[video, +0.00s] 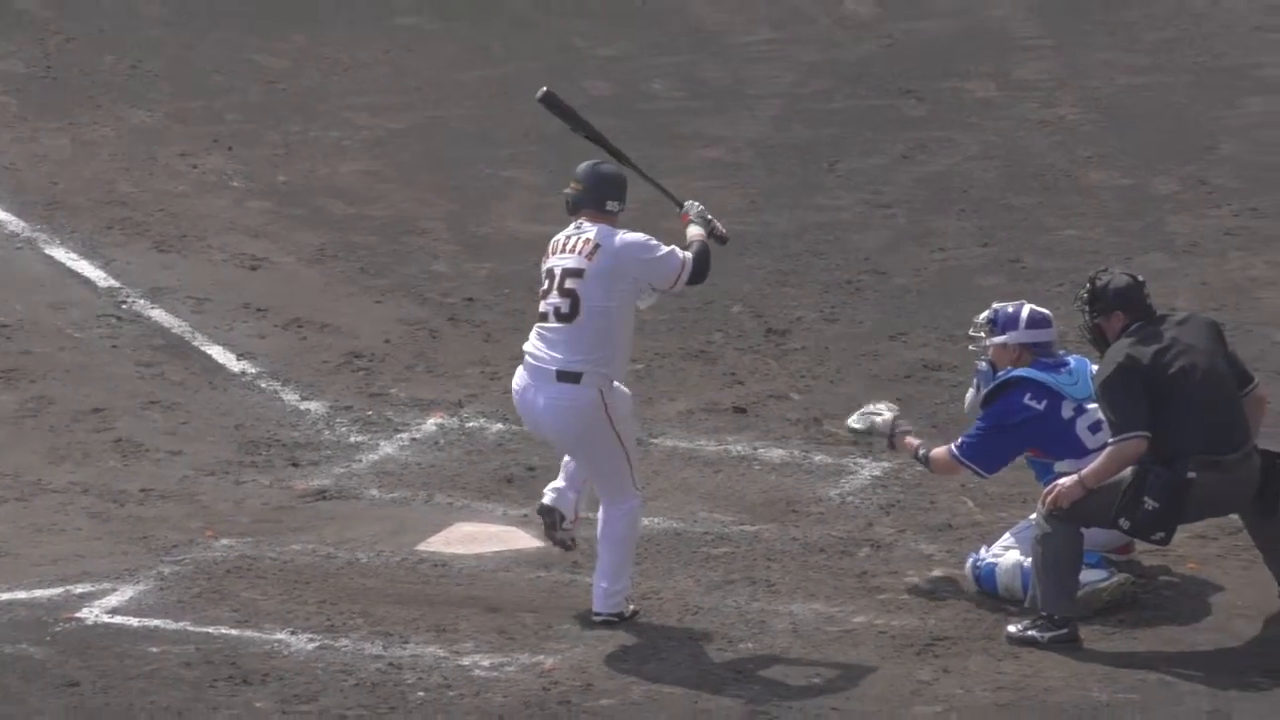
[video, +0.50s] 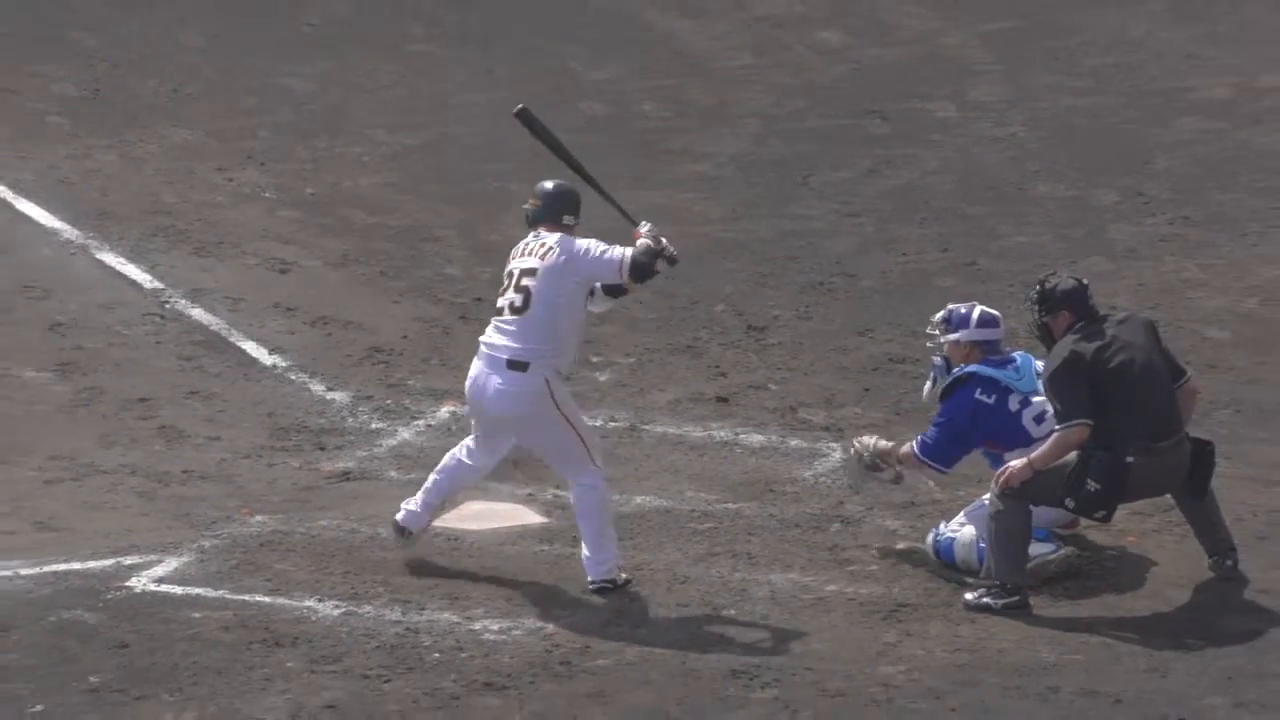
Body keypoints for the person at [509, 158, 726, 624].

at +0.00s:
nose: (569, 203)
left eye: (571, 197)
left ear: (576, 200)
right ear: (617, 203)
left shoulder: (559, 243)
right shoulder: (627, 246)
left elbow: (641, 287)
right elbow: (695, 269)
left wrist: (702, 242)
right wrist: (696, 227)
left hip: (527, 389)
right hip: (583, 400)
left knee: (618, 403)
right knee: (621, 498)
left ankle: (562, 499)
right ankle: (609, 603)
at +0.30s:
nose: (594, 215)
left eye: (548, 201)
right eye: (593, 207)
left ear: (551, 205)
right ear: (591, 208)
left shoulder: (537, 243)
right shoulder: (598, 246)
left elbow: (607, 293)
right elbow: (668, 272)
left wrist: (666, 261)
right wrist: (672, 237)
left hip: (499, 381)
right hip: (548, 394)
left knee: (587, 404)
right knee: (598, 484)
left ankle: (532, 499)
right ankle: (601, 587)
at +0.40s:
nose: (538, 210)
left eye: (541, 204)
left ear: (545, 208)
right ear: (582, 212)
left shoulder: (530, 245)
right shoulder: (588, 247)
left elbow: (604, 295)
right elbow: (656, 268)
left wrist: (667, 263)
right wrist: (662, 239)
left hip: (490, 378)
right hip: (539, 389)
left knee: (534, 429)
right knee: (594, 479)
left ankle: (480, 506)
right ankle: (603, 581)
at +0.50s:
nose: (529, 218)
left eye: (531, 212)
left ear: (535, 215)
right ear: (570, 218)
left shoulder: (522, 250)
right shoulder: (573, 251)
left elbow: (593, 293)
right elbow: (638, 265)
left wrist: (651, 261)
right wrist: (647, 239)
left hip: (481, 376)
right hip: (528, 387)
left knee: (480, 448)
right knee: (587, 473)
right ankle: (603, 571)